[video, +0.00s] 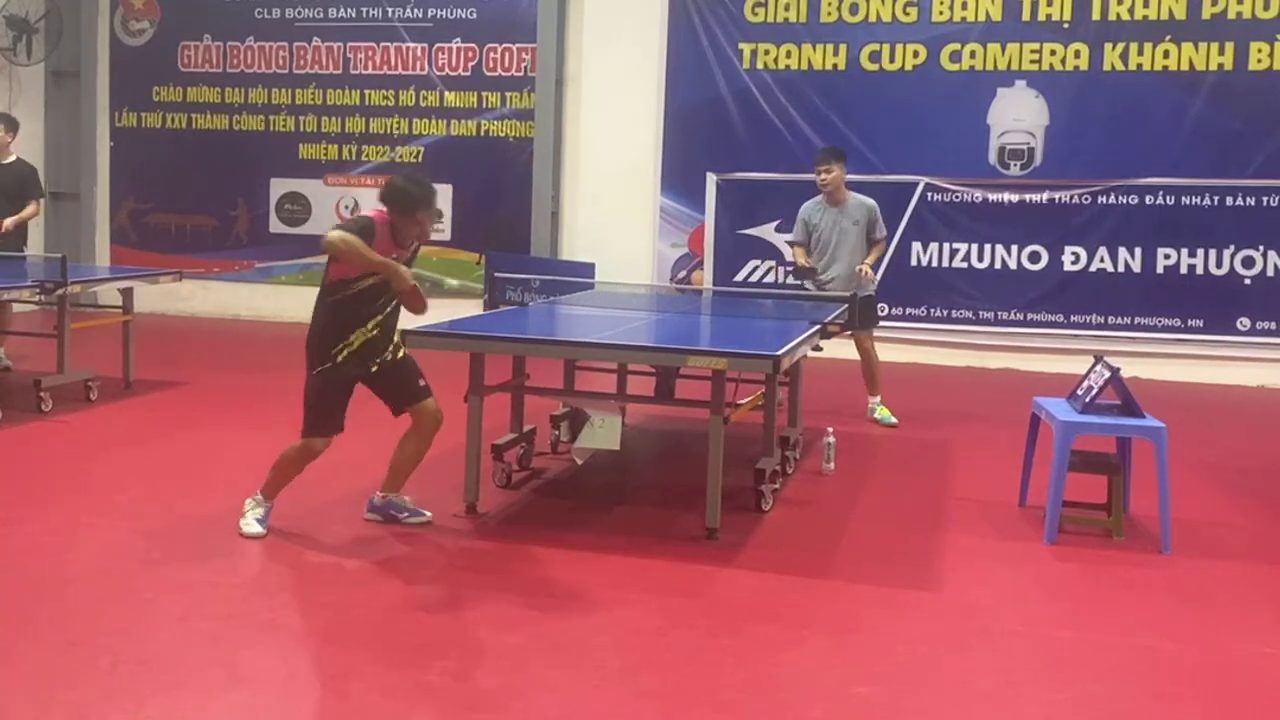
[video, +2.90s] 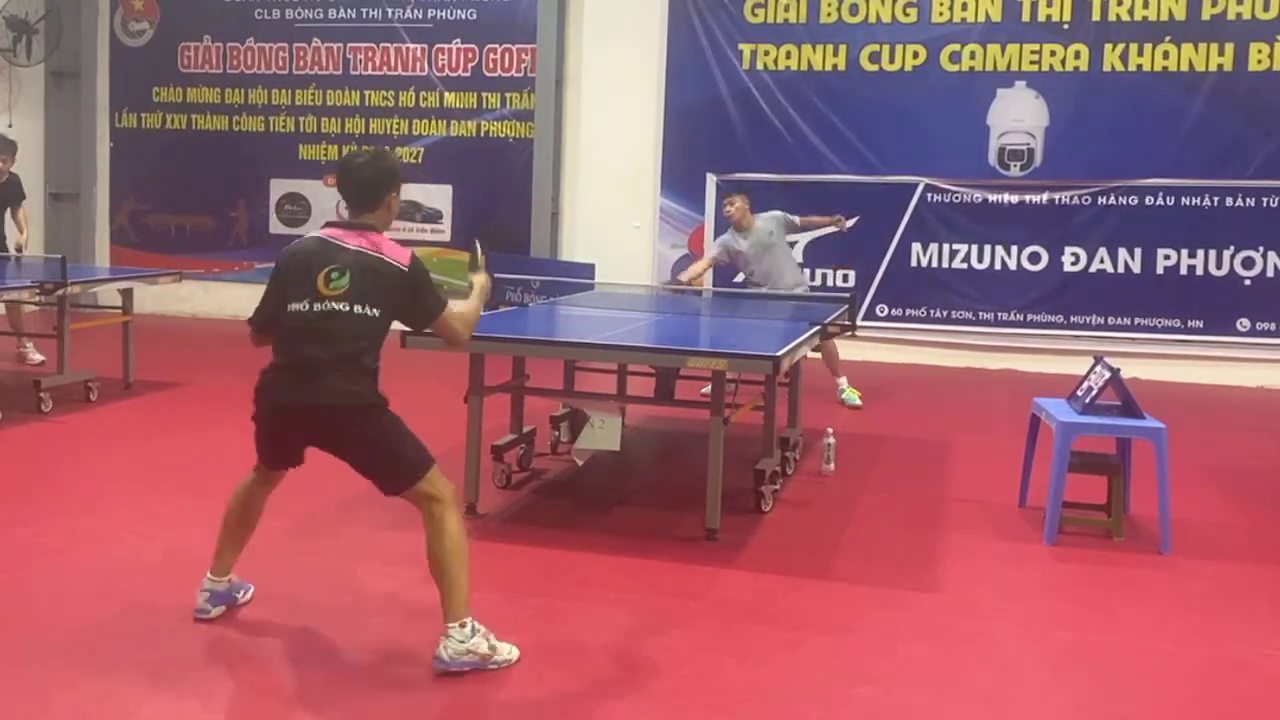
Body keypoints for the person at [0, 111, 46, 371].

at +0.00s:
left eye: (1, 132)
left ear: (11, 136)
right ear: (5, 135)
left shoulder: (26, 170)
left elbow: (35, 206)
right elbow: (34, 206)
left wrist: (13, 220)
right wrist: (14, 220)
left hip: (10, 248)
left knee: (4, 300)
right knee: (3, 301)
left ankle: (2, 348)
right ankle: (2, 349)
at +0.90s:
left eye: (2, 134)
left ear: (14, 137)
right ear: (5, 137)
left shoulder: (32, 168)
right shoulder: (3, 167)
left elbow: (43, 202)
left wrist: (20, 221)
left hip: (26, 248)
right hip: (4, 248)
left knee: (31, 300)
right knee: (5, 300)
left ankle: (38, 347)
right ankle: (11, 345)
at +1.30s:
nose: (12, 135)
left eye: (18, 131)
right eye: (10, 131)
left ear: (32, 136)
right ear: (6, 136)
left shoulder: (46, 169)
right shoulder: (3, 166)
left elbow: (57, 204)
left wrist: (30, 219)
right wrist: (4, 222)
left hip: (36, 247)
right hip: (7, 247)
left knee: (43, 297)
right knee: (9, 298)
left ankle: (52, 344)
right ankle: (12, 345)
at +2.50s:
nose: (14, 141)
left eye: (20, 137)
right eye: (11, 137)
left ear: (33, 140)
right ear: (7, 140)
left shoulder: (48, 170)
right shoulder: (3, 168)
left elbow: (66, 202)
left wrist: (50, 229)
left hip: (40, 247)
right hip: (7, 247)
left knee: (46, 296)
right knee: (1, 295)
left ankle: (52, 346)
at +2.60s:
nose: (9, 143)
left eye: (15, 139)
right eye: (6, 139)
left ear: (28, 142)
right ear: (2, 142)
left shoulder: (43, 174)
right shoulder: (2, 169)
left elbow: (57, 207)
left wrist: (49, 231)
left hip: (32, 253)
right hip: (4, 253)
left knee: (42, 298)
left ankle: (52, 345)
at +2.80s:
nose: (2, 155)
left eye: (7, 151)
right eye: (0, 150)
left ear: (15, 155)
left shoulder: (18, 179)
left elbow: (25, 208)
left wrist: (32, 232)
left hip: (9, 252)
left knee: (25, 298)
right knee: (23, 299)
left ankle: (44, 346)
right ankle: (44, 346)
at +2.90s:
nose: (3, 165)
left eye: (6, 160)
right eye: (1, 160)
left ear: (12, 161)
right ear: (0, 160)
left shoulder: (12, 181)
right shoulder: (9, 181)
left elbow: (16, 208)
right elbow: (17, 208)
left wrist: (24, 233)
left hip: (3, 249)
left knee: (12, 294)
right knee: (11, 295)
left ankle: (25, 343)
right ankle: (24, 344)